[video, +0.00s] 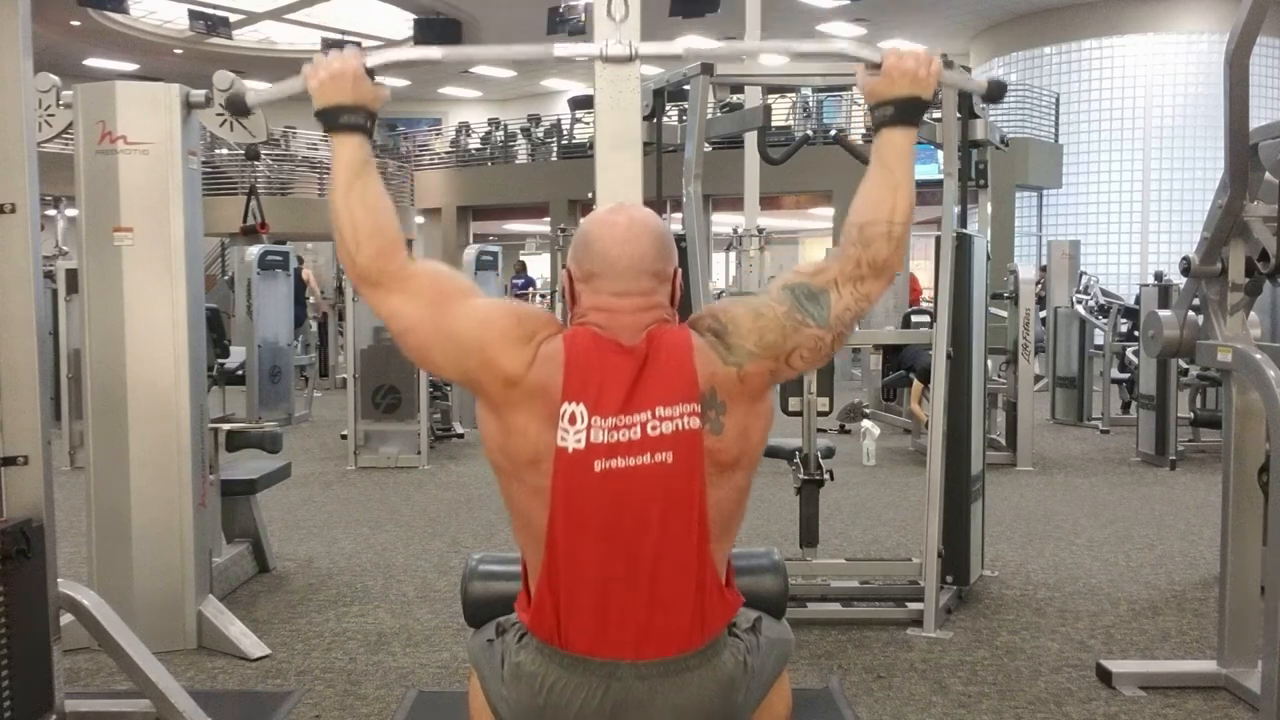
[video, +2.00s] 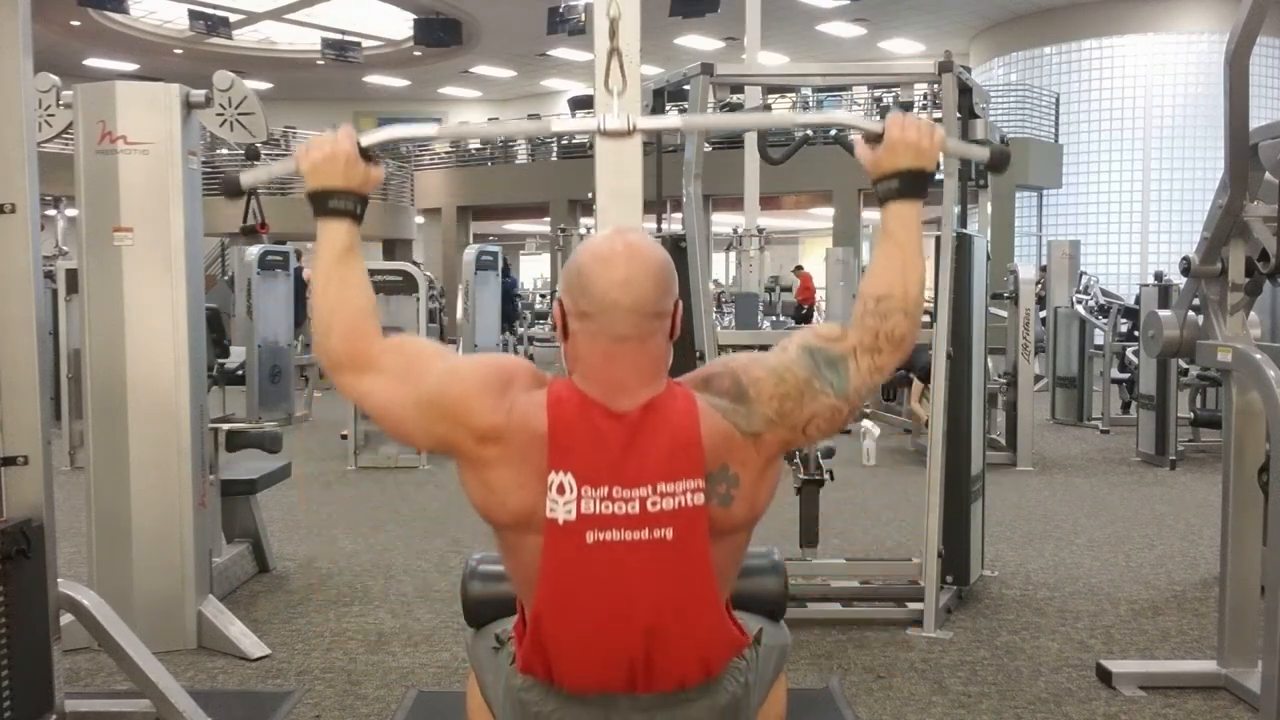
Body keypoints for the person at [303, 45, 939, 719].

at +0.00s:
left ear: (570, 287)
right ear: (673, 288)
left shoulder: (510, 354)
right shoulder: (740, 353)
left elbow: (379, 270)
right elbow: (865, 268)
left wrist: (347, 122)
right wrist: (899, 116)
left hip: (554, 686)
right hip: (698, 685)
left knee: (489, 659)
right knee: (769, 650)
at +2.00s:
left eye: (563, 302)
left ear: (563, 324)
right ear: (673, 324)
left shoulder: (494, 409)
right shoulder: (744, 407)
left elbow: (352, 355)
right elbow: (882, 340)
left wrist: (336, 209)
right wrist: (904, 191)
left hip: (552, 694)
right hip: (705, 691)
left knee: (490, 656)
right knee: (767, 645)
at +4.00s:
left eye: (563, 392)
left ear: (564, 414)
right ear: (687, 420)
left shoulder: (485, 544)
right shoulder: (765, 541)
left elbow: (350, 642)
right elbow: (875, 637)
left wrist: (323, 490)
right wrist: (905, 490)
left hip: (534, 707)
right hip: (707, 709)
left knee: (487, 662)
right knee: (770, 647)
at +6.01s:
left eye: (576, 265)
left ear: (571, 281)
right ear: (673, 281)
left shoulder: (514, 347)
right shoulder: (734, 352)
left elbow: (400, 239)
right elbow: (845, 236)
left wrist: (347, 89)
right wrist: (892, 85)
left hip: (555, 682)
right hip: (700, 680)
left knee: (486, 661)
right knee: (771, 654)